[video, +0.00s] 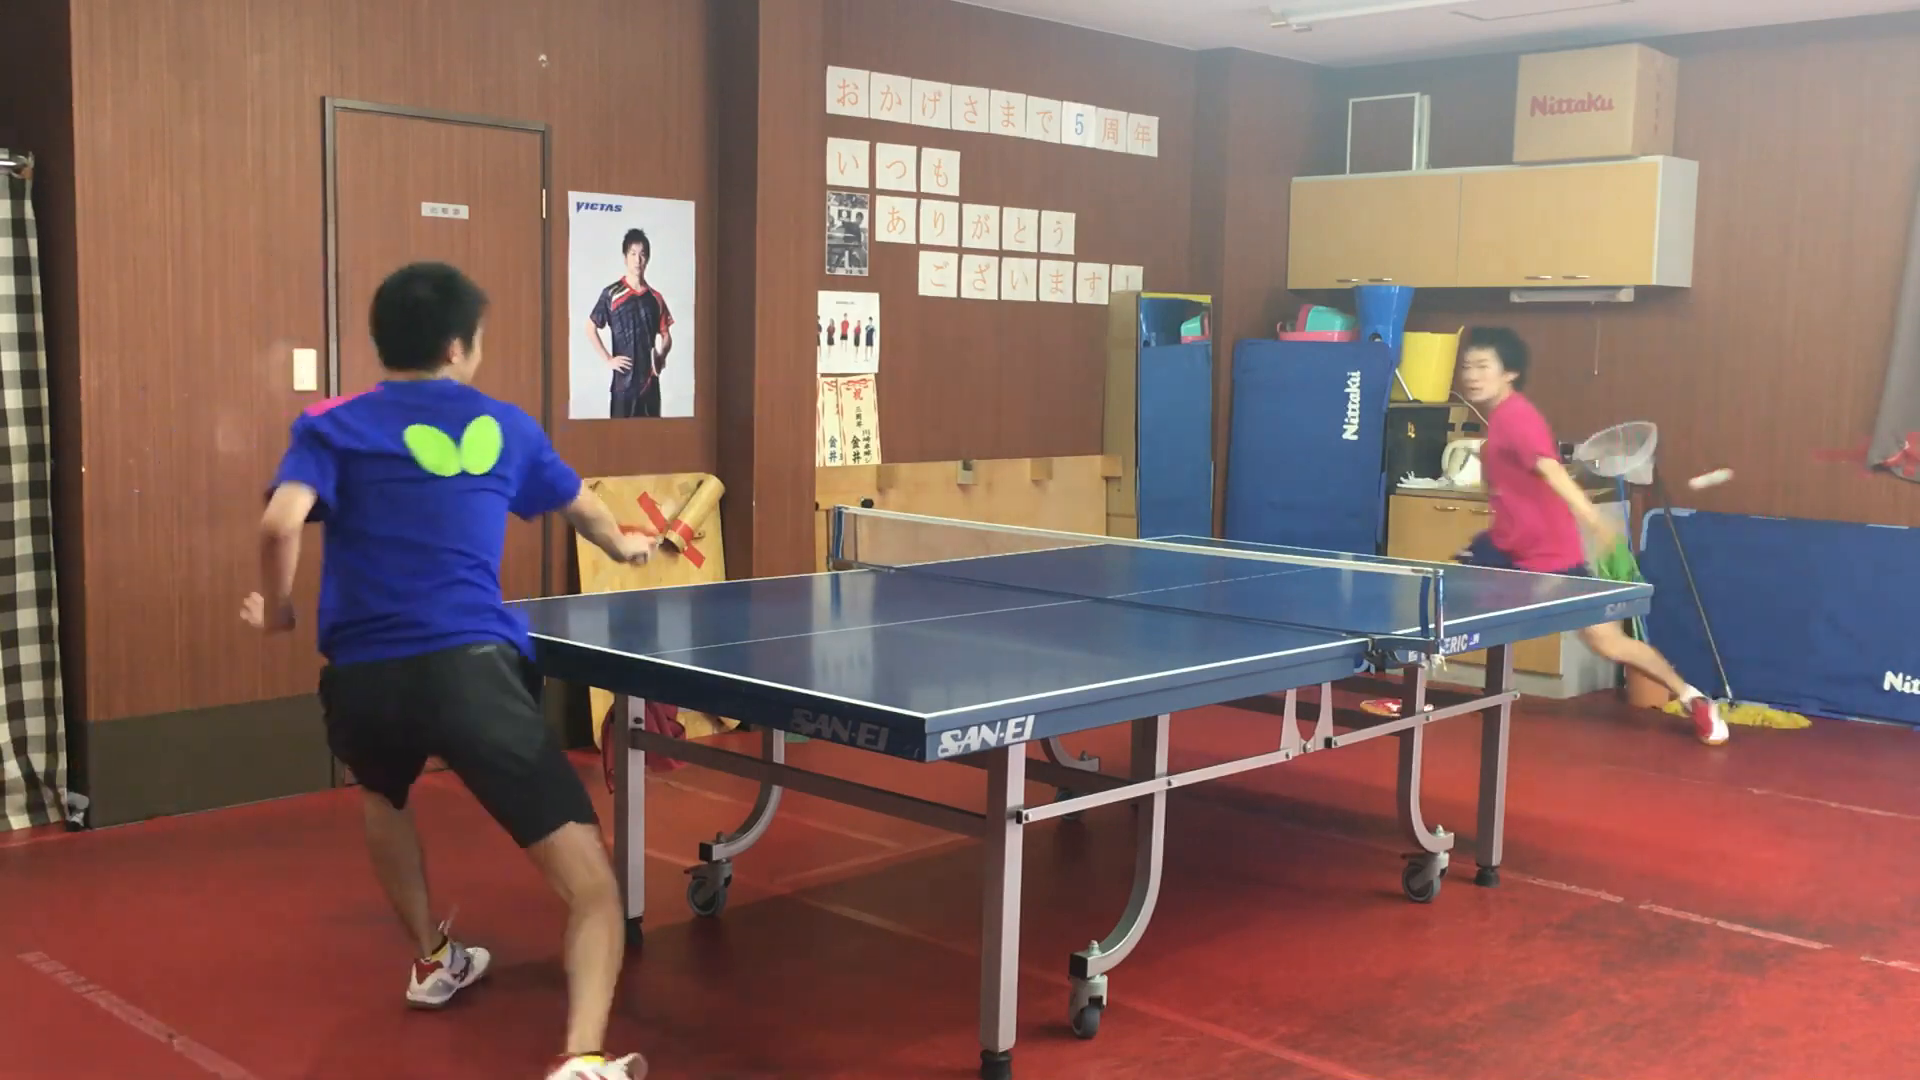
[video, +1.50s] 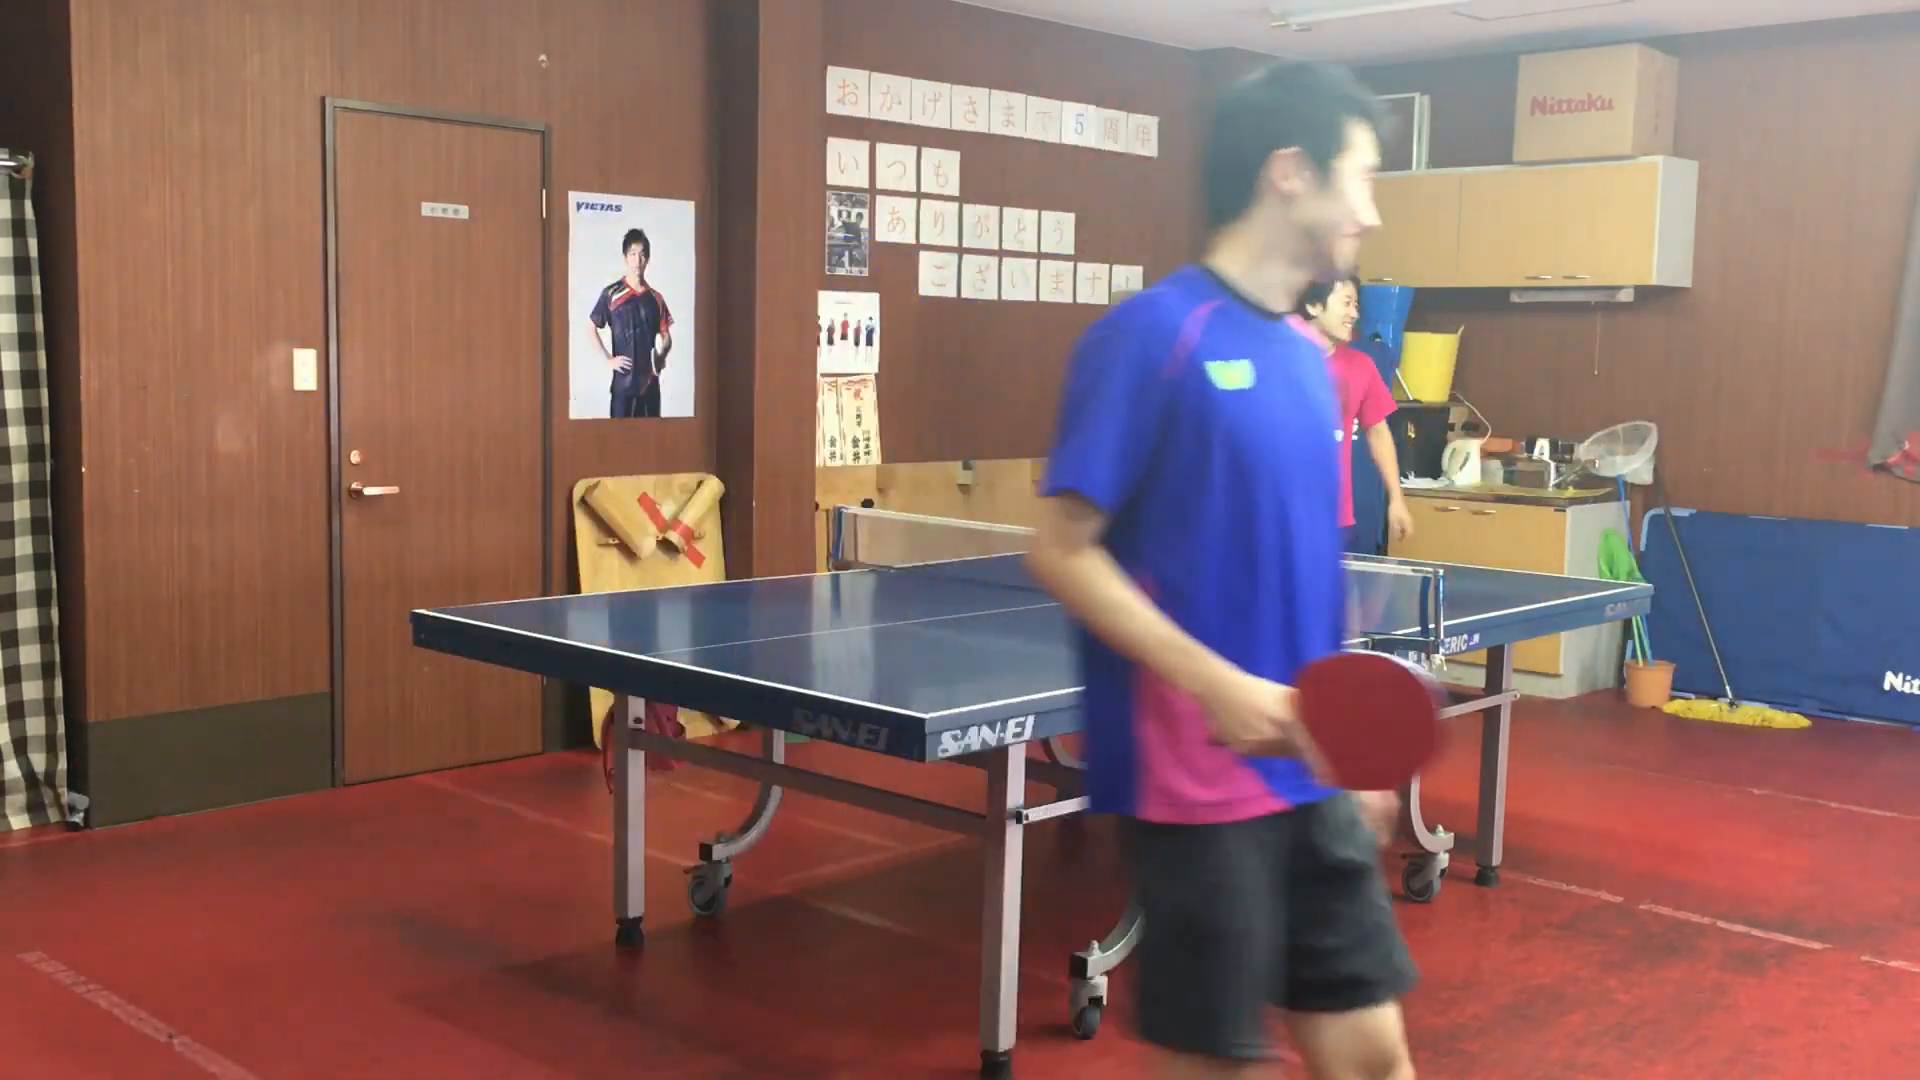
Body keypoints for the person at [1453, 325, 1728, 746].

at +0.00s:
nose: (1470, 374)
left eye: (1482, 365)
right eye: (1466, 365)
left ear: (1509, 375)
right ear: (1460, 372)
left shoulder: (1515, 417)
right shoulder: (1498, 415)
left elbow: (1550, 470)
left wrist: (1594, 524)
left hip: (1552, 555)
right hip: (1505, 549)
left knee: (1607, 643)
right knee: (1436, 591)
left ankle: (1691, 698)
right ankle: (1409, 690)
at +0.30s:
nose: (1399, 327)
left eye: (1412, 319)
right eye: (1397, 317)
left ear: (1437, 330)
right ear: (1392, 319)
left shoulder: (1447, 365)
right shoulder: (1414, 372)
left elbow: (1506, 405)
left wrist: (1566, 442)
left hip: (1439, 512)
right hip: (1405, 507)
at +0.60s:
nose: (1349, 318)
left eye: (1364, 314)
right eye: (1349, 308)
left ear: (1384, 329)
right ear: (1343, 309)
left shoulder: (1385, 369)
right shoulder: (1349, 366)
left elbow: (1429, 424)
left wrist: (1474, 477)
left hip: (1351, 521)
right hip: (1320, 513)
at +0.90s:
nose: (1315, 315)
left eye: (1328, 309)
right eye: (1309, 303)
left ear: (1341, 321)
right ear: (1296, 308)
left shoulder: (1346, 369)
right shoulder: (1293, 362)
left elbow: (1356, 442)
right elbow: (1292, 429)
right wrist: (1267, 470)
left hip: (1311, 517)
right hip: (1262, 505)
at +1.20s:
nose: (1325, 323)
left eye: (1332, 316)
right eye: (1316, 312)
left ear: (1336, 324)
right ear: (1287, 316)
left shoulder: (1343, 376)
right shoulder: (1252, 369)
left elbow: (1344, 447)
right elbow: (1232, 430)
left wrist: (1290, 481)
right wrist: (1205, 485)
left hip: (1305, 524)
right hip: (1247, 517)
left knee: (1297, 614)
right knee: (1241, 608)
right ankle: (1238, 704)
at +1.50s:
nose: (1354, 313)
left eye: (1355, 305)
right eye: (1346, 303)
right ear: (1313, 306)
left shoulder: (1358, 366)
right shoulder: (1281, 356)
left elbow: (1377, 432)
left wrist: (1396, 496)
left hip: (1334, 513)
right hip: (1276, 510)